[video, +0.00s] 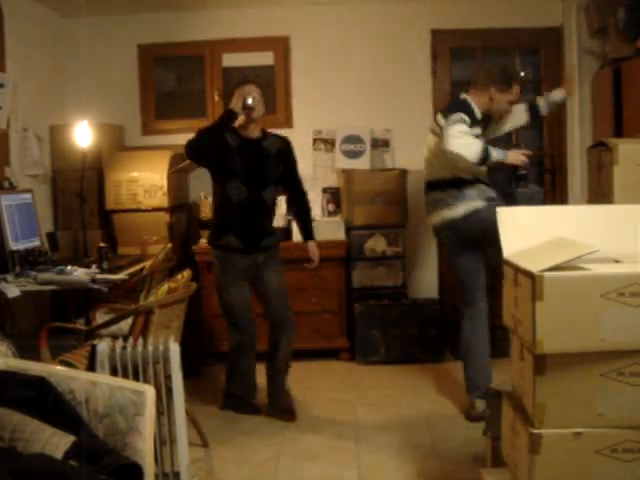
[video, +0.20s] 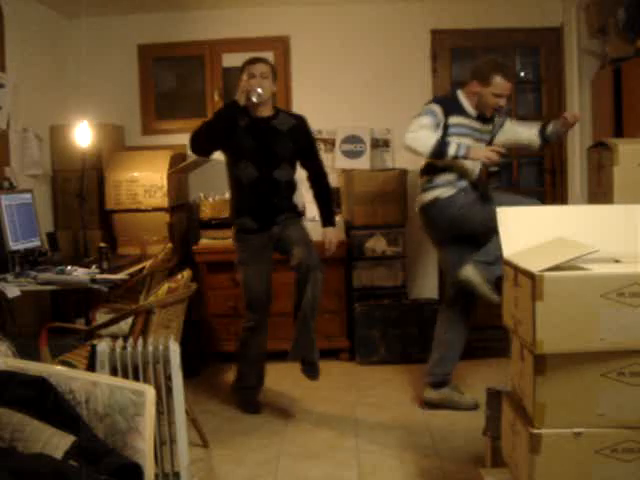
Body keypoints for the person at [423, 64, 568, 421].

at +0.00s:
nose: (506, 108)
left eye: (508, 103)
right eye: (505, 101)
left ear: (486, 94)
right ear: (489, 92)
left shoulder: (470, 115)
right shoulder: (459, 112)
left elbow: (513, 116)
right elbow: (457, 147)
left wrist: (553, 98)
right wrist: (503, 155)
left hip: (455, 217)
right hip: (468, 212)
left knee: (474, 304)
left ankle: (477, 394)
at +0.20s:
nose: (502, 104)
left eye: (506, 98)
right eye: (498, 96)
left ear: (503, 95)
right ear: (475, 88)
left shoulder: (492, 122)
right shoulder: (442, 109)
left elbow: (528, 134)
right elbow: (415, 140)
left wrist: (557, 127)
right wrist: (467, 152)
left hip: (467, 204)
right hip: (442, 203)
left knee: (459, 290)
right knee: (529, 214)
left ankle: (437, 383)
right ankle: (483, 268)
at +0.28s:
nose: (499, 104)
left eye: (503, 98)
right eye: (494, 97)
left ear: (499, 97)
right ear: (473, 90)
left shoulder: (491, 126)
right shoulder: (440, 113)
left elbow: (526, 146)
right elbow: (408, 143)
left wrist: (554, 134)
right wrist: (462, 153)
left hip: (467, 208)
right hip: (441, 207)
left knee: (456, 296)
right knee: (527, 221)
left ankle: (434, 383)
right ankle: (476, 271)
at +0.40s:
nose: (488, 95)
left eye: (491, 89)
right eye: (482, 87)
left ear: (491, 89)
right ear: (460, 81)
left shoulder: (486, 123)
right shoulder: (433, 112)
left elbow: (505, 160)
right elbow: (398, 150)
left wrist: (526, 174)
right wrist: (448, 154)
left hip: (470, 205)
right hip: (437, 202)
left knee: (463, 294)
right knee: (508, 226)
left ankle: (439, 383)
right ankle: (469, 294)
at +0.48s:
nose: (468, 87)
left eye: (472, 80)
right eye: (460, 80)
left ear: (478, 78)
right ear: (440, 75)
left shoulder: (487, 112)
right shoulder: (420, 112)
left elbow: (495, 164)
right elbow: (396, 159)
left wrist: (493, 208)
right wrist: (435, 156)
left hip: (477, 208)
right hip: (439, 204)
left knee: (472, 282)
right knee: (478, 258)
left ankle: (455, 372)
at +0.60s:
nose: (449, 101)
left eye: (454, 94)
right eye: (442, 94)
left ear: (460, 92)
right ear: (425, 90)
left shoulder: (478, 119)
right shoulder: (410, 132)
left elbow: (496, 156)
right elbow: (396, 186)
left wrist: (495, 153)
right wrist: (422, 170)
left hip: (479, 223)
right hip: (435, 225)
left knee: (481, 309)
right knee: (437, 302)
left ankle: (464, 380)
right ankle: (434, 384)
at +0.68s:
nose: (438, 95)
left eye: (443, 88)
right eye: (430, 88)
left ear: (450, 85)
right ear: (414, 86)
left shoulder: (473, 108)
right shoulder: (403, 131)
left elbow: (503, 124)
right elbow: (393, 182)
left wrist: (491, 162)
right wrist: (413, 171)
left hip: (477, 218)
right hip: (431, 220)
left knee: (475, 307)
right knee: (427, 302)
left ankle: (464, 380)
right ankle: (422, 388)